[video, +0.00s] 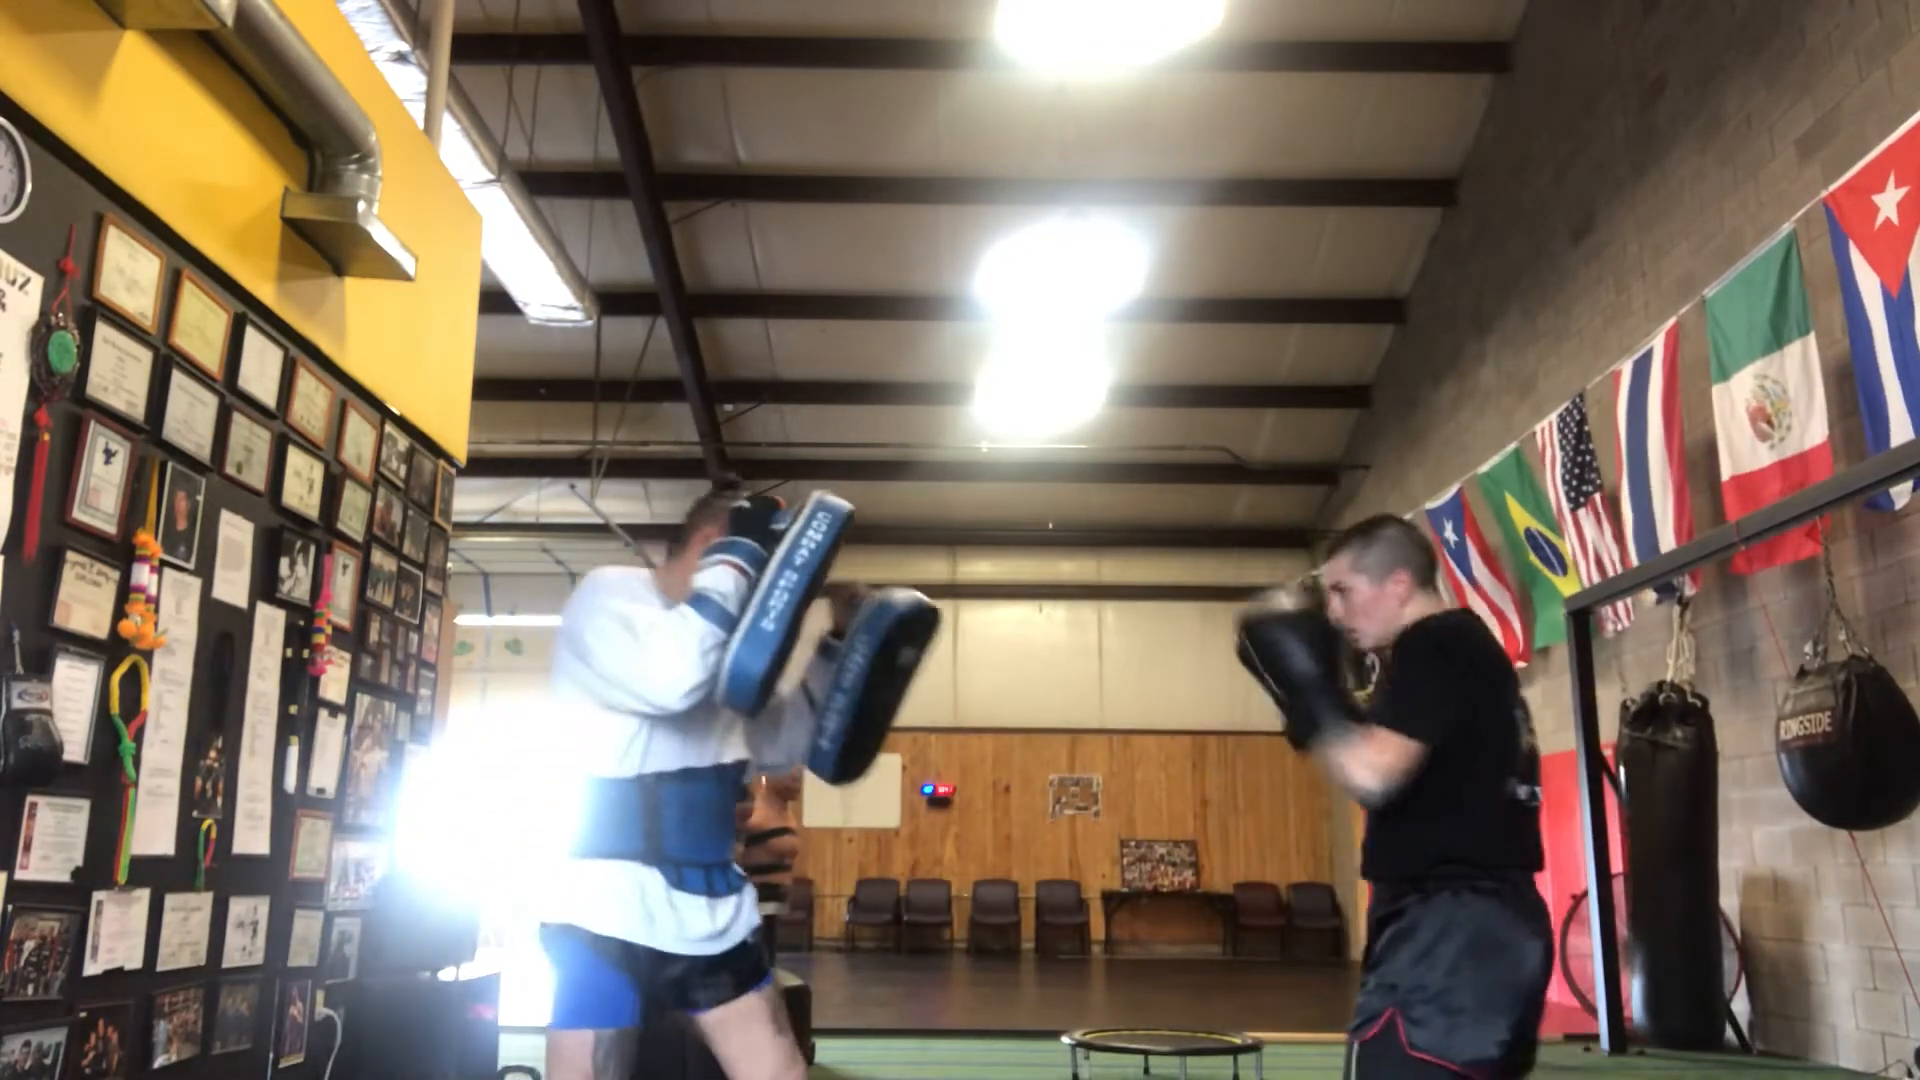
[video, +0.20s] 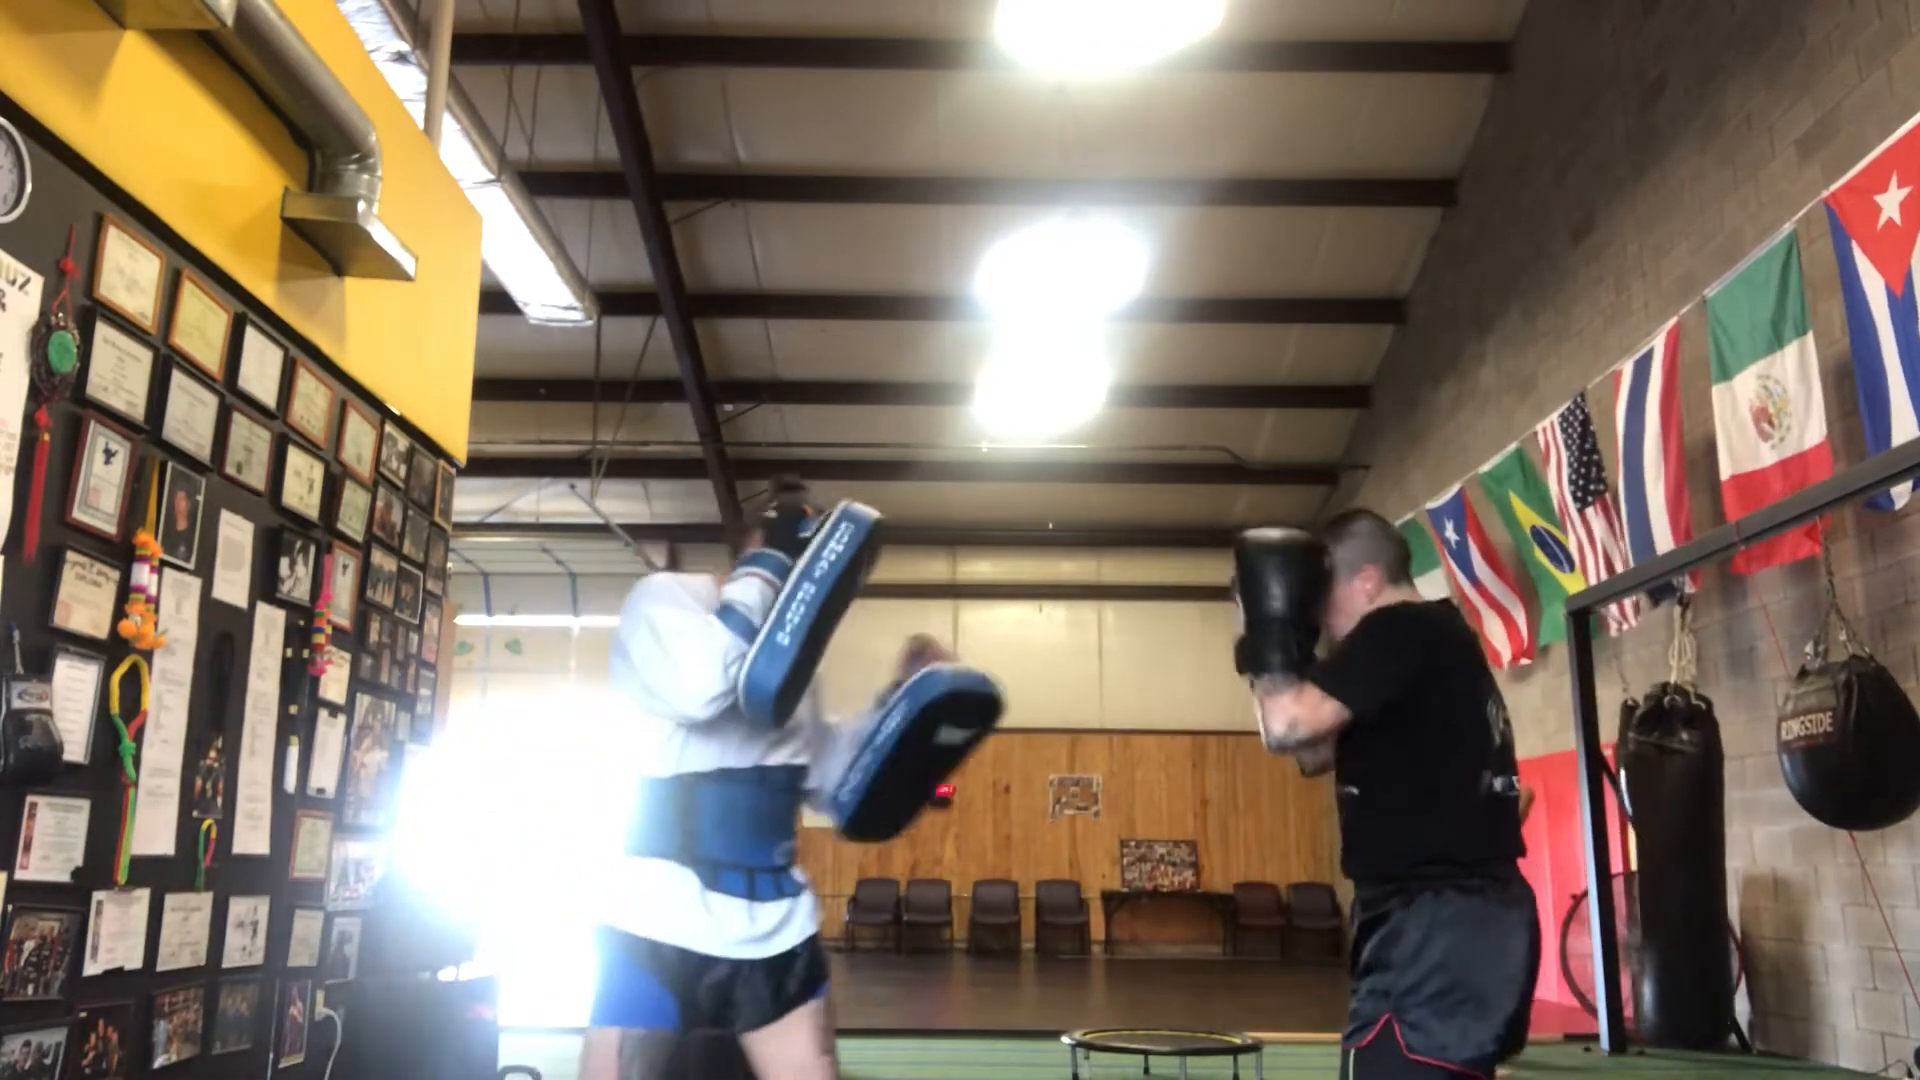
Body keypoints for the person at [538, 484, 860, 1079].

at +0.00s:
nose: (729, 568)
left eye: (744, 558)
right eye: (722, 552)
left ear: (744, 565)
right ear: (694, 543)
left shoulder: (731, 644)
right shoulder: (607, 593)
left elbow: (777, 746)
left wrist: (840, 643)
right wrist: (738, 560)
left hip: (713, 911)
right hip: (602, 910)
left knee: (776, 1069)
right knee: (581, 1072)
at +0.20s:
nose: (795, 559)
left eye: (809, 549)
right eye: (786, 541)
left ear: (818, 562)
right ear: (750, 541)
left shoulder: (792, 665)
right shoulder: (664, 598)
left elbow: (830, 780)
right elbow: (697, 689)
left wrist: (902, 699)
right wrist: (764, 569)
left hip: (774, 927)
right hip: (658, 922)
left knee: (808, 1068)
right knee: (616, 1071)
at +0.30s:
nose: (861, 566)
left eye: (866, 551)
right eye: (849, 540)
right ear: (812, 533)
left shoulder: (839, 663)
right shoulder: (692, 590)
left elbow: (895, 750)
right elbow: (702, 673)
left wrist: (971, 669)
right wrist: (783, 571)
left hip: (797, 916)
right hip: (673, 909)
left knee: (822, 1066)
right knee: (631, 1068)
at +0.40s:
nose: (849, 563)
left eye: (861, 552)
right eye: (836, 541)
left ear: (875, 568)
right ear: (805, 539)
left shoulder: (882, 660)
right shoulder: (717, 592)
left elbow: (987, 702)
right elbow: (695, 667)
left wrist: (1071, 629)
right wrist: (802, 580)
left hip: (808, 899)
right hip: (687, 887)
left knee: (827, 1067)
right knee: (645, 1061)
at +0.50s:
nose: (867, 569)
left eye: (884, 559)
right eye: (857, 546)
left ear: (892, 574)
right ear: (822, 537)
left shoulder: (905, 653)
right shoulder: (732, 592)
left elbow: (1014, 667)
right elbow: (703, 661)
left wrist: (1097, 583)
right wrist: (818, 567)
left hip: (815, 899)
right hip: (698, 883)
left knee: (833, 1065)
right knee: (668, 1055)